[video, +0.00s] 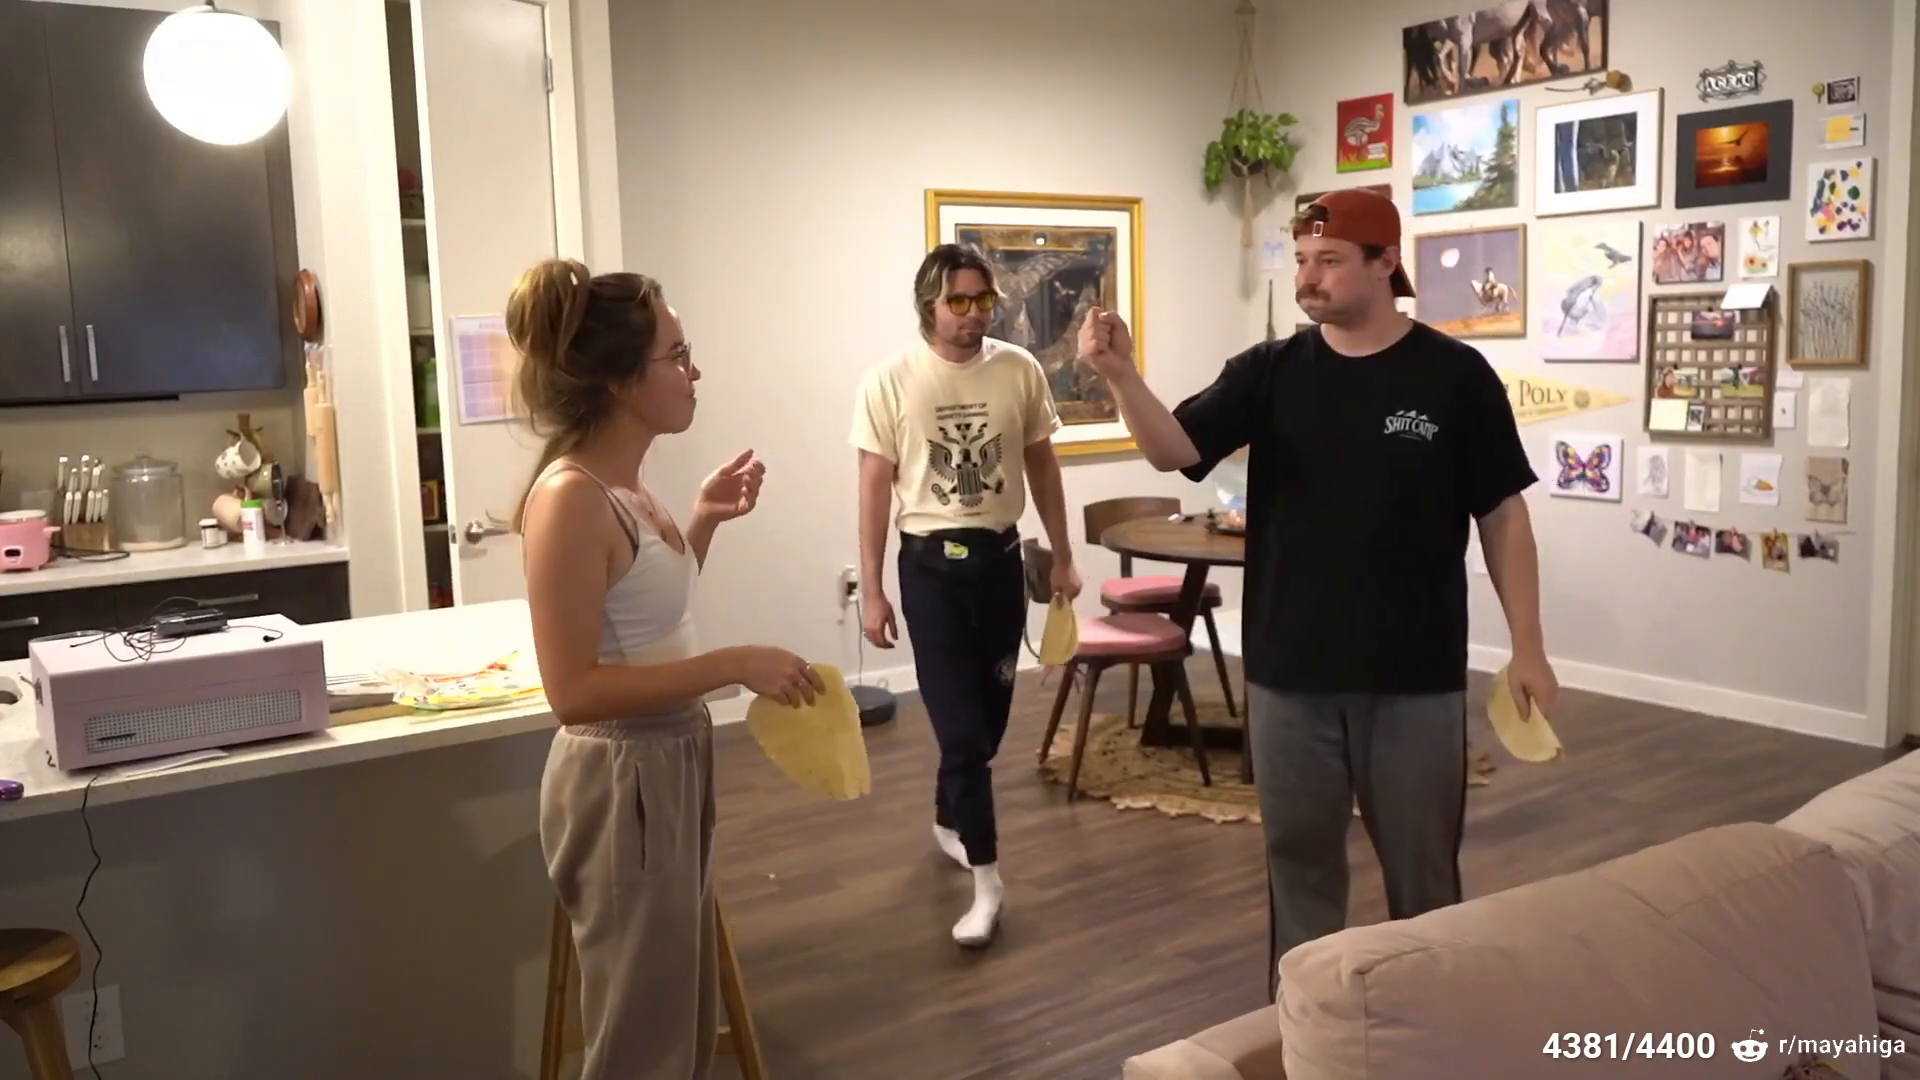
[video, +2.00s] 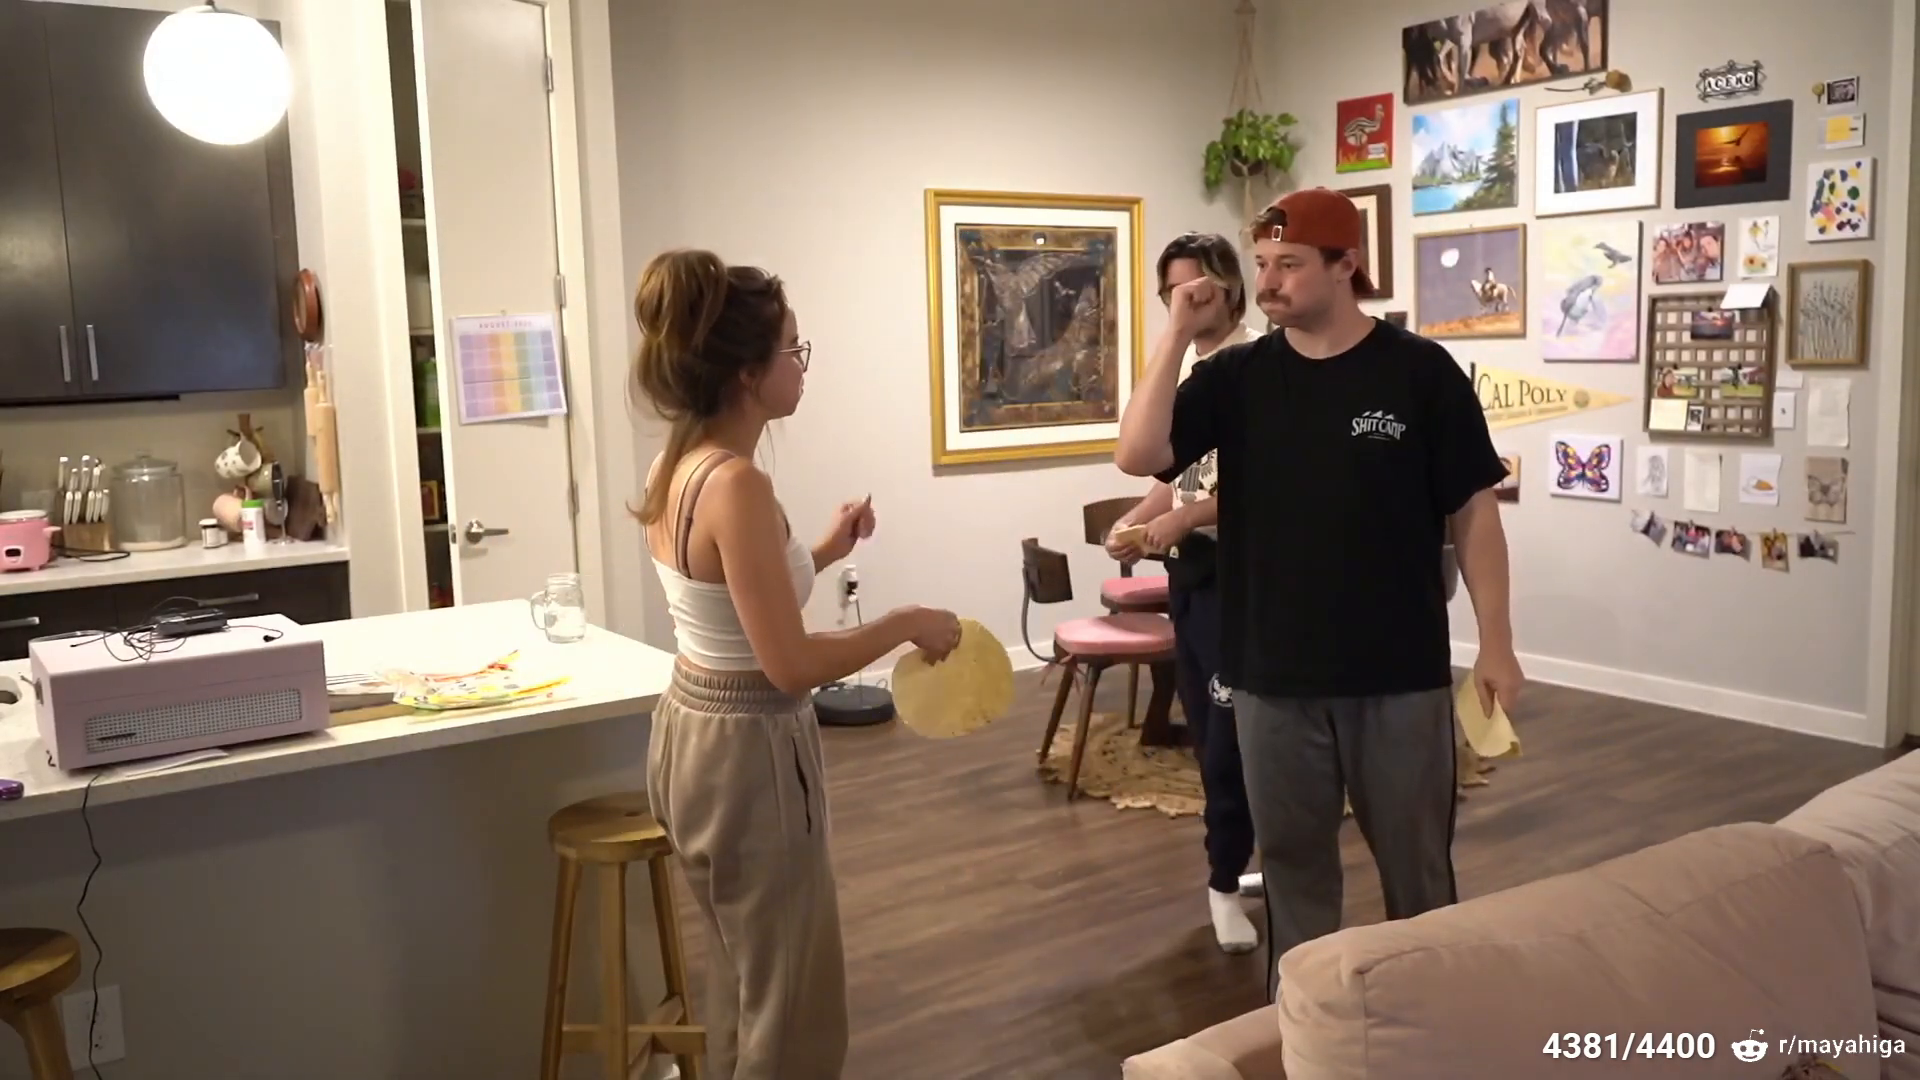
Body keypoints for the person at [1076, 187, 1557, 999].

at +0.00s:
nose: (1306, 275)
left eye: (1327, 260)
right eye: (1300, 261)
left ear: (1384, 267)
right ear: (1297, 269)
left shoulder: (1457, 375)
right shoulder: (1269, 371)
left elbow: (1502, 515)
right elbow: (1176, 450)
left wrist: (1529, 647)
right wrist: (1120, 372)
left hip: (1414, 677)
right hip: (1289, 674)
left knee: (1423, 883)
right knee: (1298, 875)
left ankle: (1436, 1040)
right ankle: (1301, 1039)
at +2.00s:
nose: (1269, 279)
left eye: (1288, 262)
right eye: (1262, 265)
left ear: (1345, 268)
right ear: (1256, 274)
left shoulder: (1422, 372)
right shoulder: (1236, 376)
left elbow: (1475, 512)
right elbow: (1139, 453)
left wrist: (1496, 642)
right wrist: (1175, 334)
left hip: (1400, 679)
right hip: (1272, 684)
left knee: (1418, 881)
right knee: (1293, 884)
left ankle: (1438, 1038)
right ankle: (1305, 1042)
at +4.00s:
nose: (1302, 257)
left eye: (1325, 242)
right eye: (1300, 244)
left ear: (1382, 256)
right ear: (1299, 261)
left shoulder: (1448, 376)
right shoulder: (1259, 371)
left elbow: (1490, 521)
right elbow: (1178, 472)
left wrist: (1506, 654)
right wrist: (1135, 431)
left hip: (1408, 677)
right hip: (1283, 675)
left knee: (1420, 874)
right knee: (1295, 865)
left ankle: (1433, 1031)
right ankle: (1301, 1027)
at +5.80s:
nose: (1259, 260)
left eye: (1280, 246)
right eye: (1252, 248)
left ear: (1334, 258)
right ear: (1246, 263)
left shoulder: (1406, 374)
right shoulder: (1217, 381)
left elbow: (1468, 498)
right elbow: (1129, 480)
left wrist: (1418, 601)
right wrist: (1054, 505)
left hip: (1385, 675)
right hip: (1263, 678)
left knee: (1411, 874)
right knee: (1282, 873)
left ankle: (1440, 1025)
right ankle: (1296, 1033)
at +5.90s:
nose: (1248, 258)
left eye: (1270, 245)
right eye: (1243, 247)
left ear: (1324, 259)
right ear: (1237, 264)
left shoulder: (1392, 375)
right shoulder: (1207, 383)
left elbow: (1437, 517)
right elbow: (1145, 499)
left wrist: (1328, 562)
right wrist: (1132, 523)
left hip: (1373, 675)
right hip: (1250, 677)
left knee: (1402, 862)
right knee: (1273, 867)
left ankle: (1428, 1016)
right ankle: (1293, 1026)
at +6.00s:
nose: (1234, 263)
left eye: (1256, 248)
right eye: (1230, 250)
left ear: (1311, 261)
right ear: (1228, 264)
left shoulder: (1371, 372)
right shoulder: (1205, 382)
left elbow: (1388, 521)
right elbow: (1175, 508)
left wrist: (1242, 528)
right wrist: (1170, 534)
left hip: (1354, 675)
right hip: (1237, 674)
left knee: (1375, 865)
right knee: (1265, 870)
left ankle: (1406, 1019)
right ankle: (1294, 1026)